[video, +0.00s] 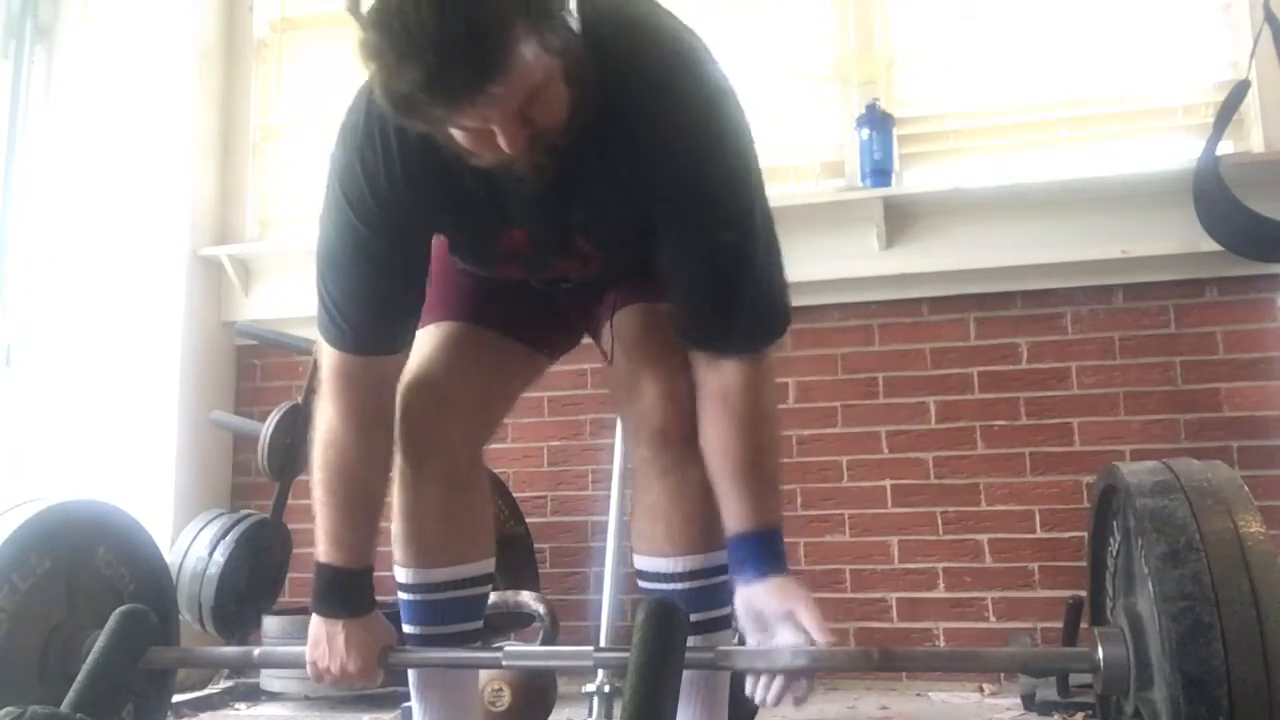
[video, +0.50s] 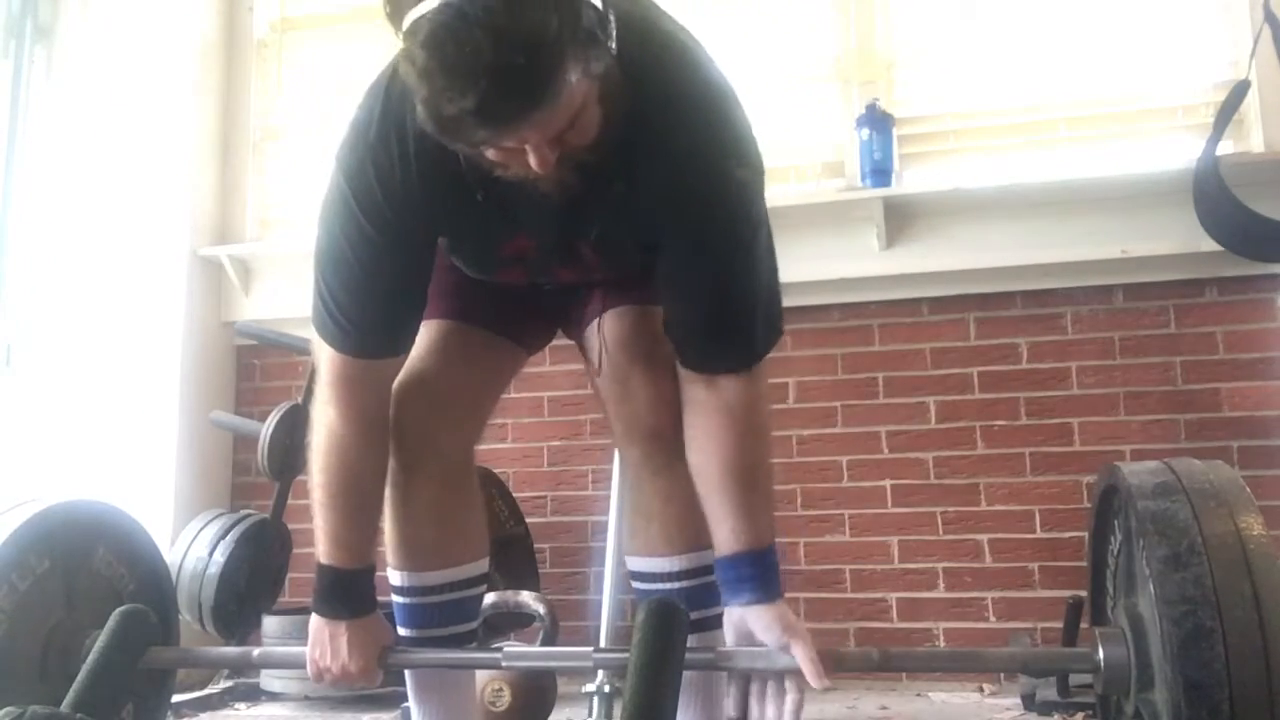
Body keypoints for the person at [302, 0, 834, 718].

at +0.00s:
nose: (511, 142)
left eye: (529, 104)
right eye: (473, 129)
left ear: (557, 33)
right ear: (424, 110)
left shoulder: (663, 75)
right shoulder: (383, 135)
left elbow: (727, 345)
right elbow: (355, 374)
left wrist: (761, 568)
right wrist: (340, 595)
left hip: (649, 249)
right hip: (500, 258)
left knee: (666, 415)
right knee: (427, 417)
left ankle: (702, 698)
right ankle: (444, 702)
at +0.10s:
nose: (529, 158)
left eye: (547, 119)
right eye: (490, 143)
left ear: (578, 56)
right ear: (437, 123)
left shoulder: (676, 98)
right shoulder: (386, 138)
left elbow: (724, 369)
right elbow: (353, 376)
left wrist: (758, 587)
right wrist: (340, 596)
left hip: (645, 245)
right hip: (496, 254)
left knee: (657, 420)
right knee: (425, 418)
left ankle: (697, 695)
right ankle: (442, 701)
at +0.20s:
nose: (538, 160)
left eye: (559, 122)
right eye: (501, 145)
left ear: (589, 57)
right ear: (446, 121)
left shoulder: (683, 107)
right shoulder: (391, 138)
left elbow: (720, 374)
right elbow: (354, 377)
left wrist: (752, 587)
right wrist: (342, 595)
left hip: (637, 253)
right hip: (489, 256)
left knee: (654, 423)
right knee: (422, 422)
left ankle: (691, 696)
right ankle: (441, 701)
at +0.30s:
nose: (542, 159)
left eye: (565, 121)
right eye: (504, 143)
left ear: (597, 52)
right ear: (447, 117)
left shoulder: (688, 108)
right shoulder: (395, 136)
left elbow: (727, 360)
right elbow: (354, 374)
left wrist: (759, 571)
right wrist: (342, 594)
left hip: (638, 255)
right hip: (489, 258)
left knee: (657, 420)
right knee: (418, 422)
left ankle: (697, 700)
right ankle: (441, 704)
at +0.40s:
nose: (544, 167)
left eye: (568, 128)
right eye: (506, 148)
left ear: (602, 58)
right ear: (450, 123)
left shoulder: (686, 108)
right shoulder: (395, 136)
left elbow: (724, 369)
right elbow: (352, 376)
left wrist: (757, 577)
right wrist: (342, 595)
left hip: (635, 258)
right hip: (487, 261)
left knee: (656, 417)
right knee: (417, 423)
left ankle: (693, 700)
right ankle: (441, 703)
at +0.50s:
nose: (543, 165)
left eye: (566, 128)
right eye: (506, 148)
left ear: (599, 58)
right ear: (450, 122)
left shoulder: (688, 112)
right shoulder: (394, 135)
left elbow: (721, 371)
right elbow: (352, 375)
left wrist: (754, 590)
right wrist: (342, 596)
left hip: (634, 257)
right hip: (487, 259)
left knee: (654, 421)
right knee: (418, 425)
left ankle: (696, 696)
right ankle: (441, 702)